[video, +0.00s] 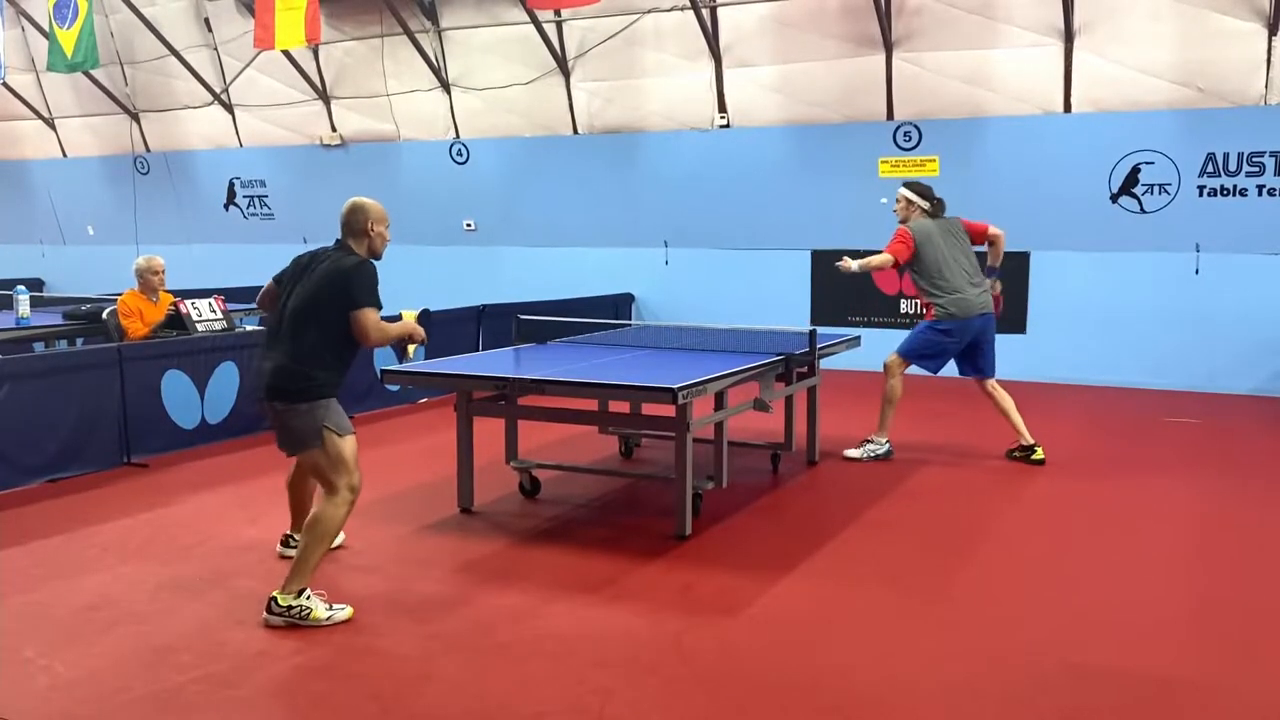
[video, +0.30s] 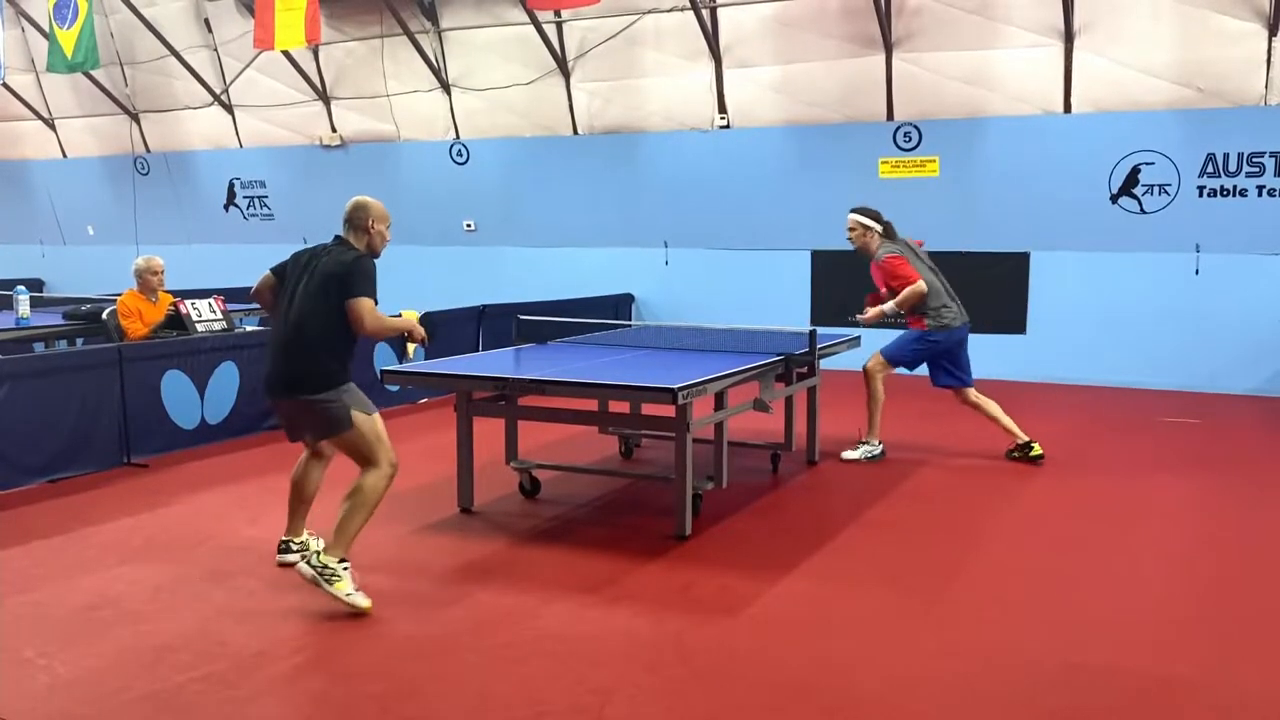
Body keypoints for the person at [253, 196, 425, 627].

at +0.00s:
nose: (389, 235)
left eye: (387, 228)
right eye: (385, 228)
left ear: (348, 230)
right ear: (370, 230)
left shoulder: (309, 259)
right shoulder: (358, 269)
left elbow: (266, 301)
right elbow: (370, 333)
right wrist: (404, 327)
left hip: (281, 385)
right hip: (308, 389)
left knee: (310, 458)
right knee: (346, 487)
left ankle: (299, 534)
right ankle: (289, 597)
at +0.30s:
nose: (388, 235)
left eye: (388, 228)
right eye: (385, 228)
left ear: (350, 226)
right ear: (369, 227)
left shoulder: (307, 256)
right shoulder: (358, 263)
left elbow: (263, 291)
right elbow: (367, 324)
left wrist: (295, 321)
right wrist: (406, 325)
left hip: (284, 379)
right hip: (321, 381)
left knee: (320, 448)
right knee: (382, 465)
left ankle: (293, 539)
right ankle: (332, 560)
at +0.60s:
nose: (408, 241)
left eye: (408, 234)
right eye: (406, 233)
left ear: (368, 230)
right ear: (388, 231)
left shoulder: (323, 262)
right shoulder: (384, 272)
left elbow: (286, 306)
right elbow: (405, 334)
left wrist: (331, 310)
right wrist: (451, 342)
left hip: (306, 383)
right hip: (355, 386)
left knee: (315, 448)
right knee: (417, 463)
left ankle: (286, 538)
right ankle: (428, 567)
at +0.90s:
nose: (444, 229)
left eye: (445, 221)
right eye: (441, 221)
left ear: (409, 217)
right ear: (419, 217)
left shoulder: (357, 241)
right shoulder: (433, 262)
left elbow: (301, 262)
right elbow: (474, 318)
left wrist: (259, 268)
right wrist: (516, 355)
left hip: (332, 365)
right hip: (387, 369)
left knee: (306, 445)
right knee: (443, 442)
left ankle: (269, 533)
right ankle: (481, 533)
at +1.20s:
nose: (485, 257)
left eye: (484, 249)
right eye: (482, 249)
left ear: (450, 246)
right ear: (465, 250)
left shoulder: (404, 271)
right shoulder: (480, 293)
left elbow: (357, 292)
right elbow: (533, 319)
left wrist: (297, 311)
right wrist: (587, 324)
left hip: (374, 387)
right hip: (432, 397)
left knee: (325, 452)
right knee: (483, 441)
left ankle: (284, 540)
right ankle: (501, 526)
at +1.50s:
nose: (421, 226)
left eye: (421, 219)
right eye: (419, 218)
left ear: (381, 217)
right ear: (403, 218)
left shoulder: (336, 247)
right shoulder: (405, 263)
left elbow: (288, 277)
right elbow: (430, 323)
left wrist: (303, 304)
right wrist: (481, 335)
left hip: (309, 370)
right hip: (360, 375)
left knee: (295, 453)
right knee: (422, 450)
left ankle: (276, 543)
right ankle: (459, 545)